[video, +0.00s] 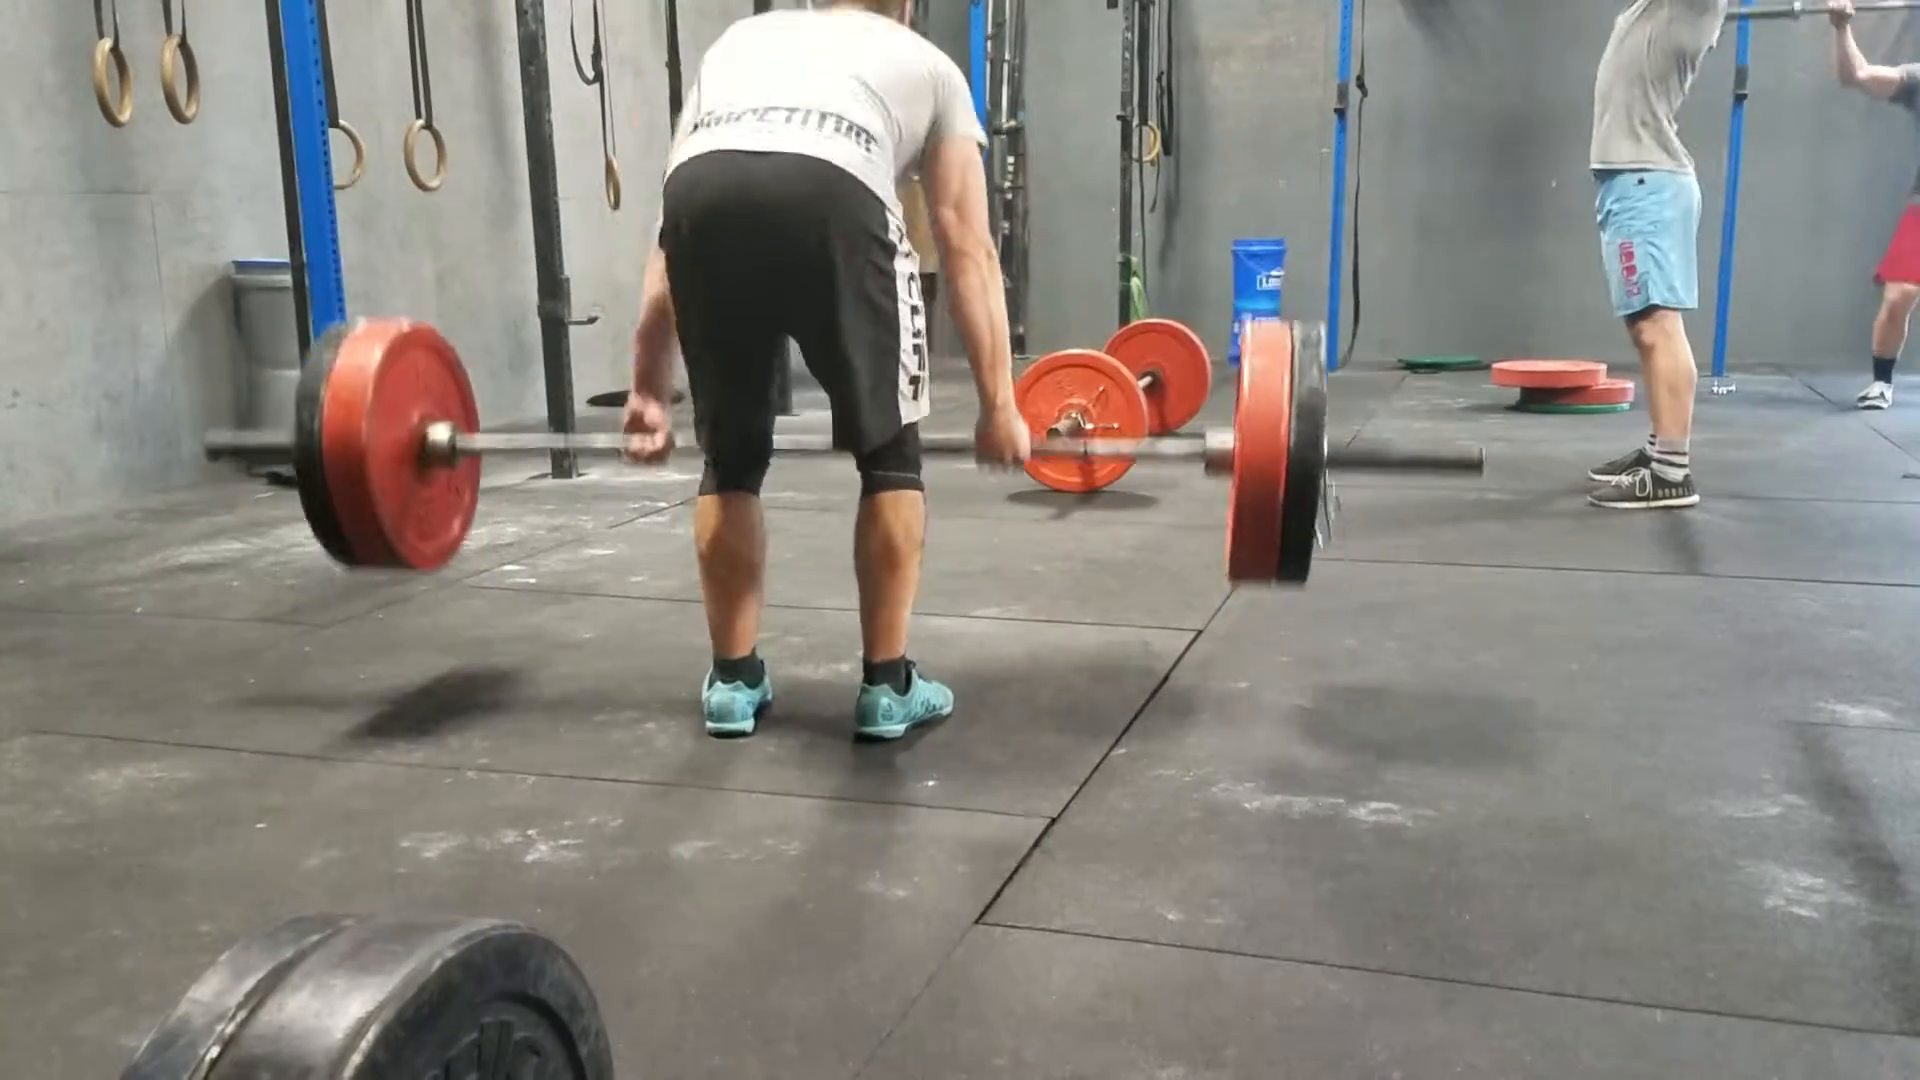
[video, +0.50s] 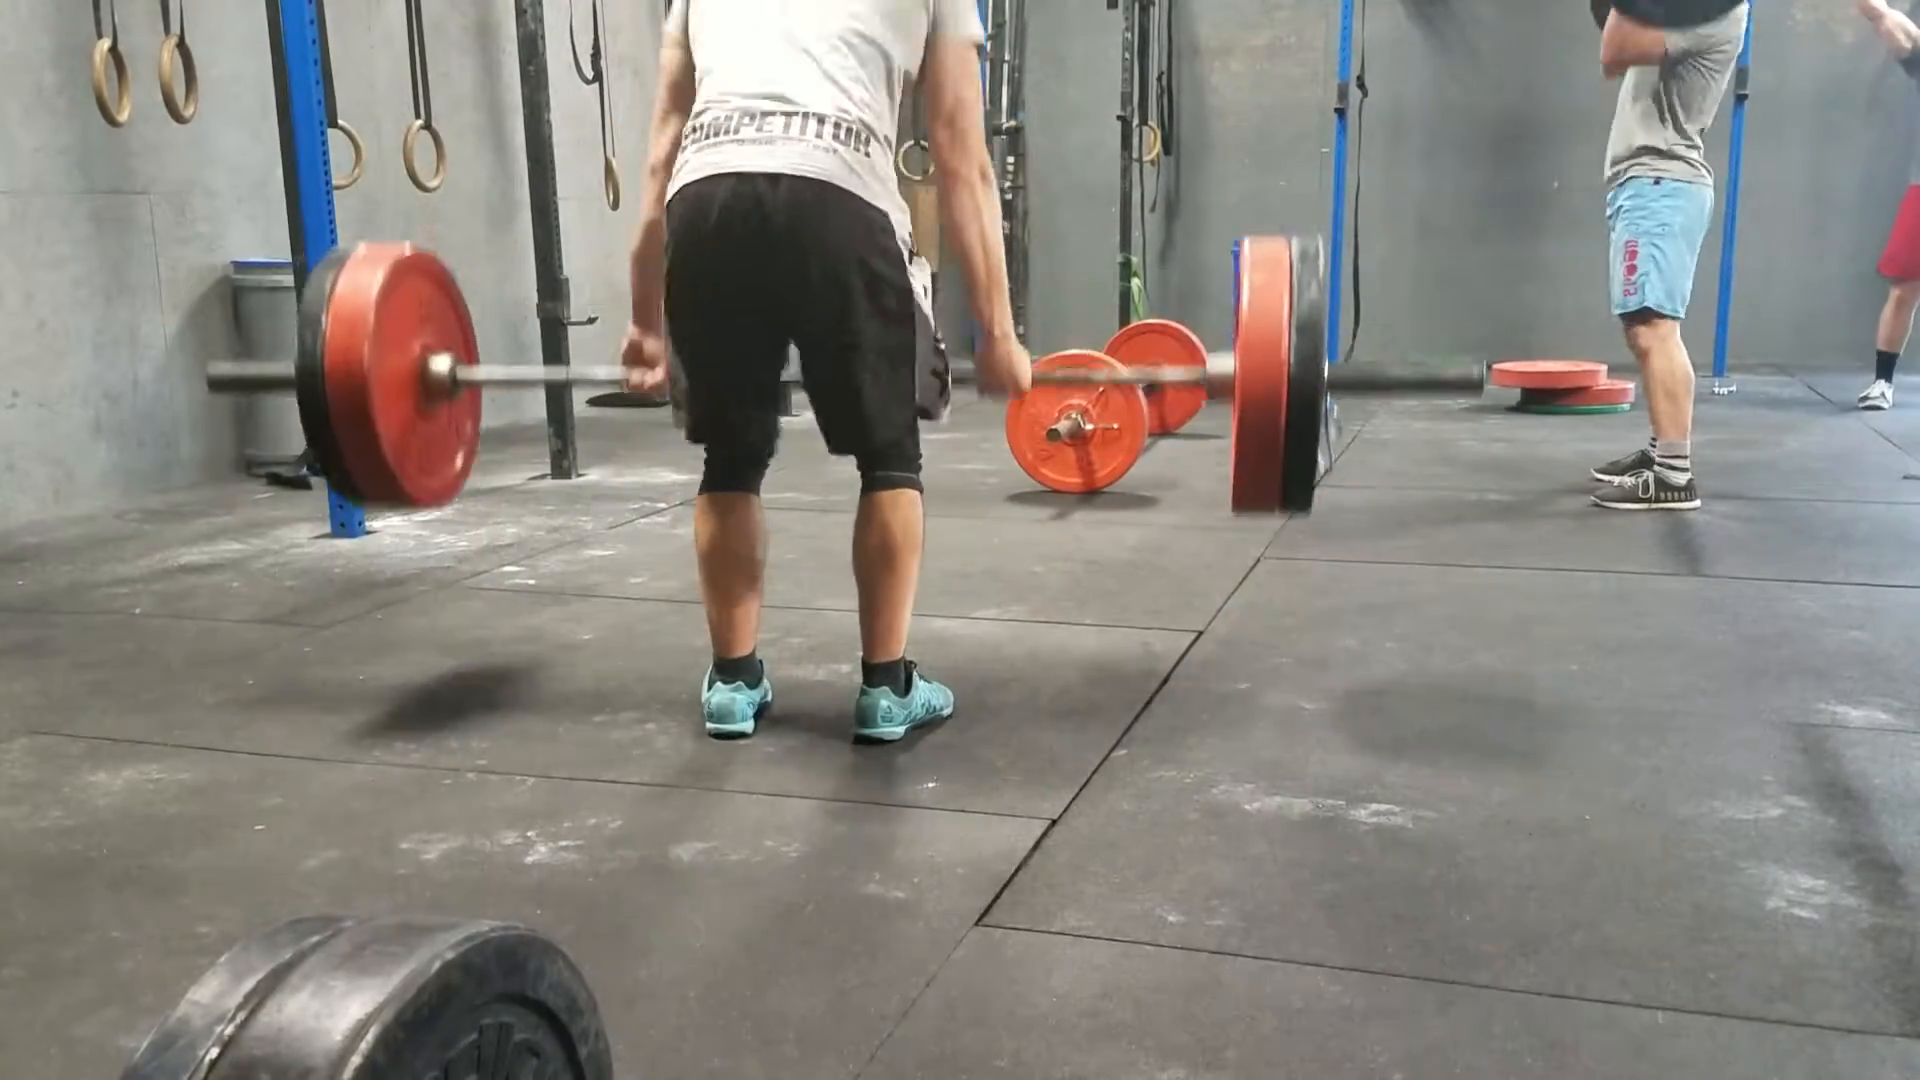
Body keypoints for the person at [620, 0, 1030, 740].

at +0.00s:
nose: (917, 24)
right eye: (917, 19)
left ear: (821, 7)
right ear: (903, 13)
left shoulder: (737, 40)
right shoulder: (931, 65)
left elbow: (676, 223)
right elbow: (963, 239)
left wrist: (649, 387)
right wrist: (999, 400)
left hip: (705, 206)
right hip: (831, 208)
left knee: (730, 461)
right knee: (888, 457)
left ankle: (732, 681)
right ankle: (886, 685)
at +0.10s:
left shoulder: (708, 10)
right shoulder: (938, 6)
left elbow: (664, 165)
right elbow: (964, 158)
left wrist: (641, 312)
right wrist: (997, 323)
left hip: (717, 181)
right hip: (842, 183)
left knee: (734, 454)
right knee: (887, 454)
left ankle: (732, 681)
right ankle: (886, 686)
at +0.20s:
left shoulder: (693, 4)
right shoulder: (929, 4)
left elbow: (660, 93)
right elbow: (958, 93)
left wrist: (635, 246)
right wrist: (996, 254)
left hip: (730, 171)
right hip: (851, 173)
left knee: (738, 450)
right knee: (877, 451)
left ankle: (732, 681)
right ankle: (885, 685)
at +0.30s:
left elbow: (650, 75)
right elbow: (958, 70)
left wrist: (632, 229)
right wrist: (996, 234)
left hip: (728, 191)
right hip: (854, 190)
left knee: (741, 449)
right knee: (877, 452)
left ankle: (731, 680)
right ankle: (885, 685)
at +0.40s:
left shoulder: (688, 6)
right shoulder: (928, 4)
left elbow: (657, 101)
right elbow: (960, 96)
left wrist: (637, 254)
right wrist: (996, 261)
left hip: (723, 196)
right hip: (848, 195)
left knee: (739, 455)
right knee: (880, 456)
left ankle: (732, 680)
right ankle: (885, 685)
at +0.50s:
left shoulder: (697, 6)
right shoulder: (934, 5)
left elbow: (662, 166)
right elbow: (962, 167)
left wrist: (647, 322)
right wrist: (998, 331)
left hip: (708, 209)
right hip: (839, 209)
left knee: (729, 458)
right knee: (889, 456)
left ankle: (731, 682)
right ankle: (885, 686)